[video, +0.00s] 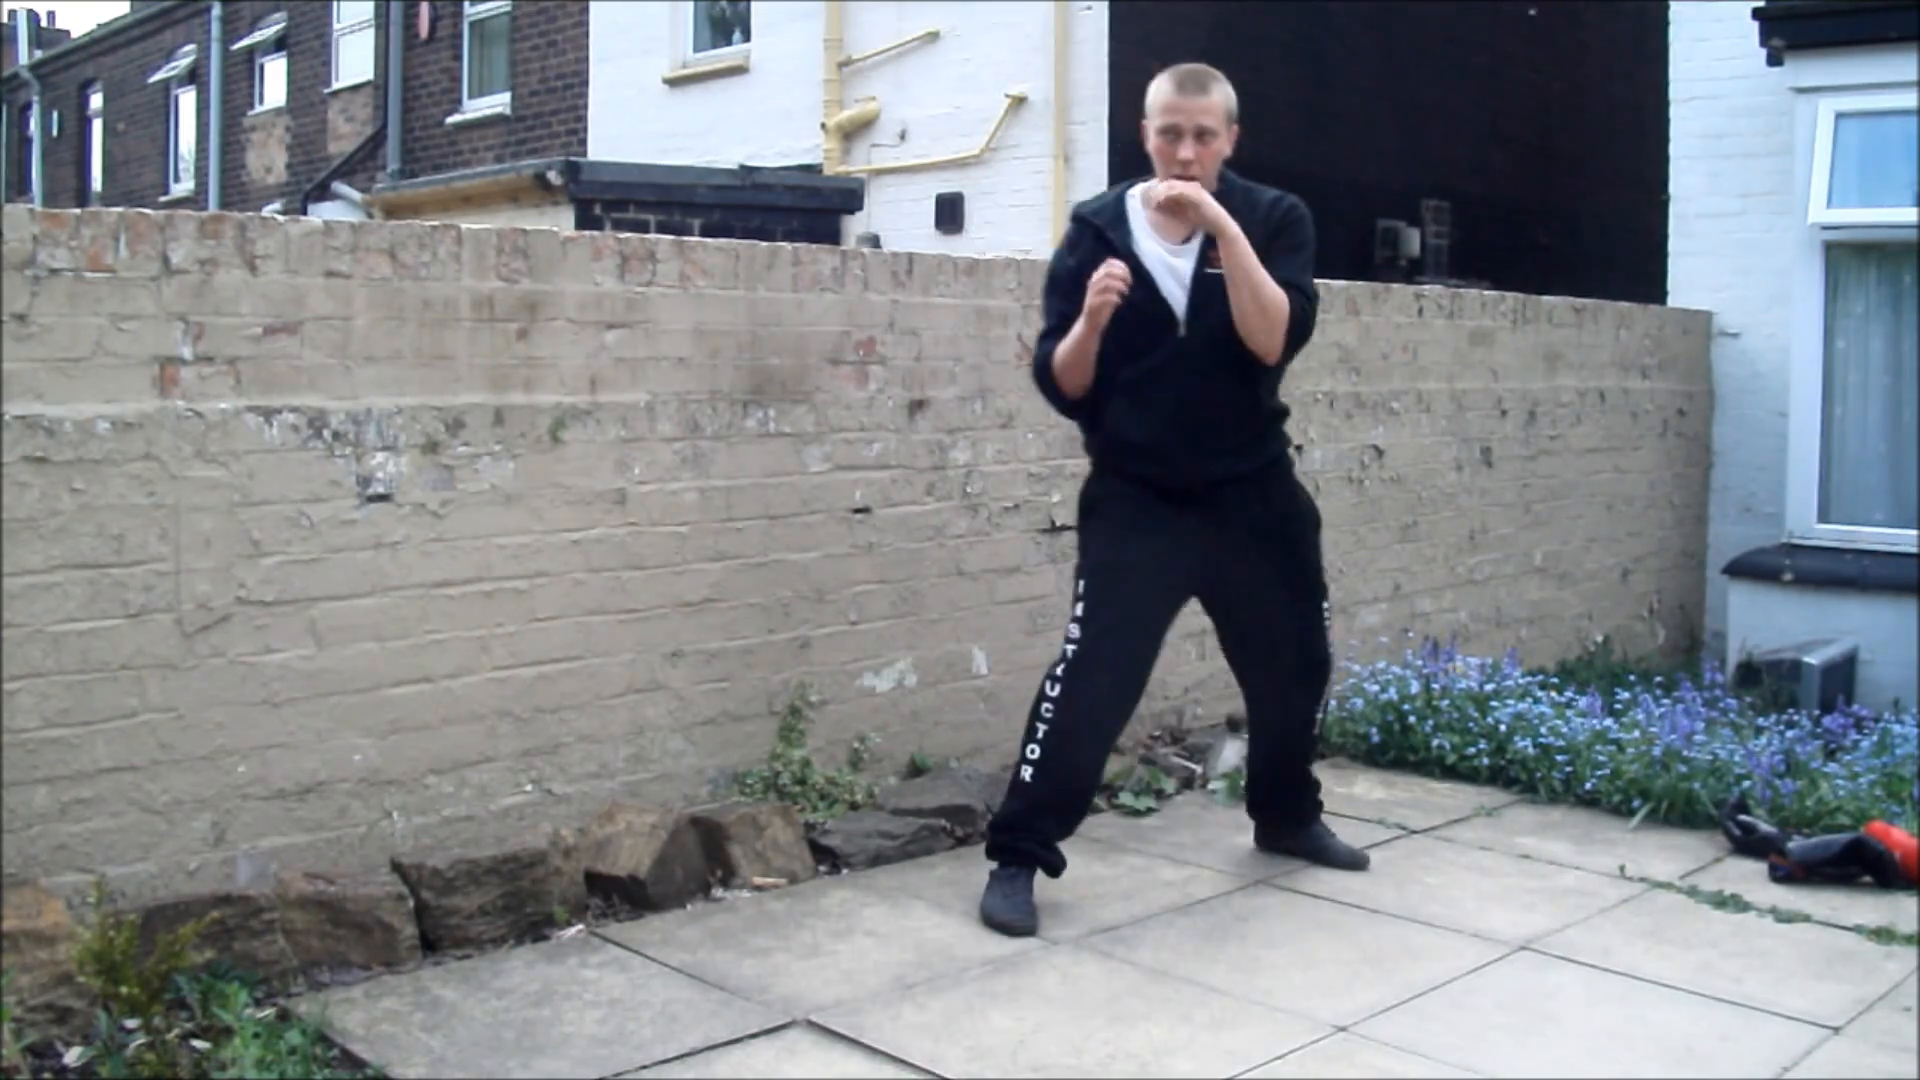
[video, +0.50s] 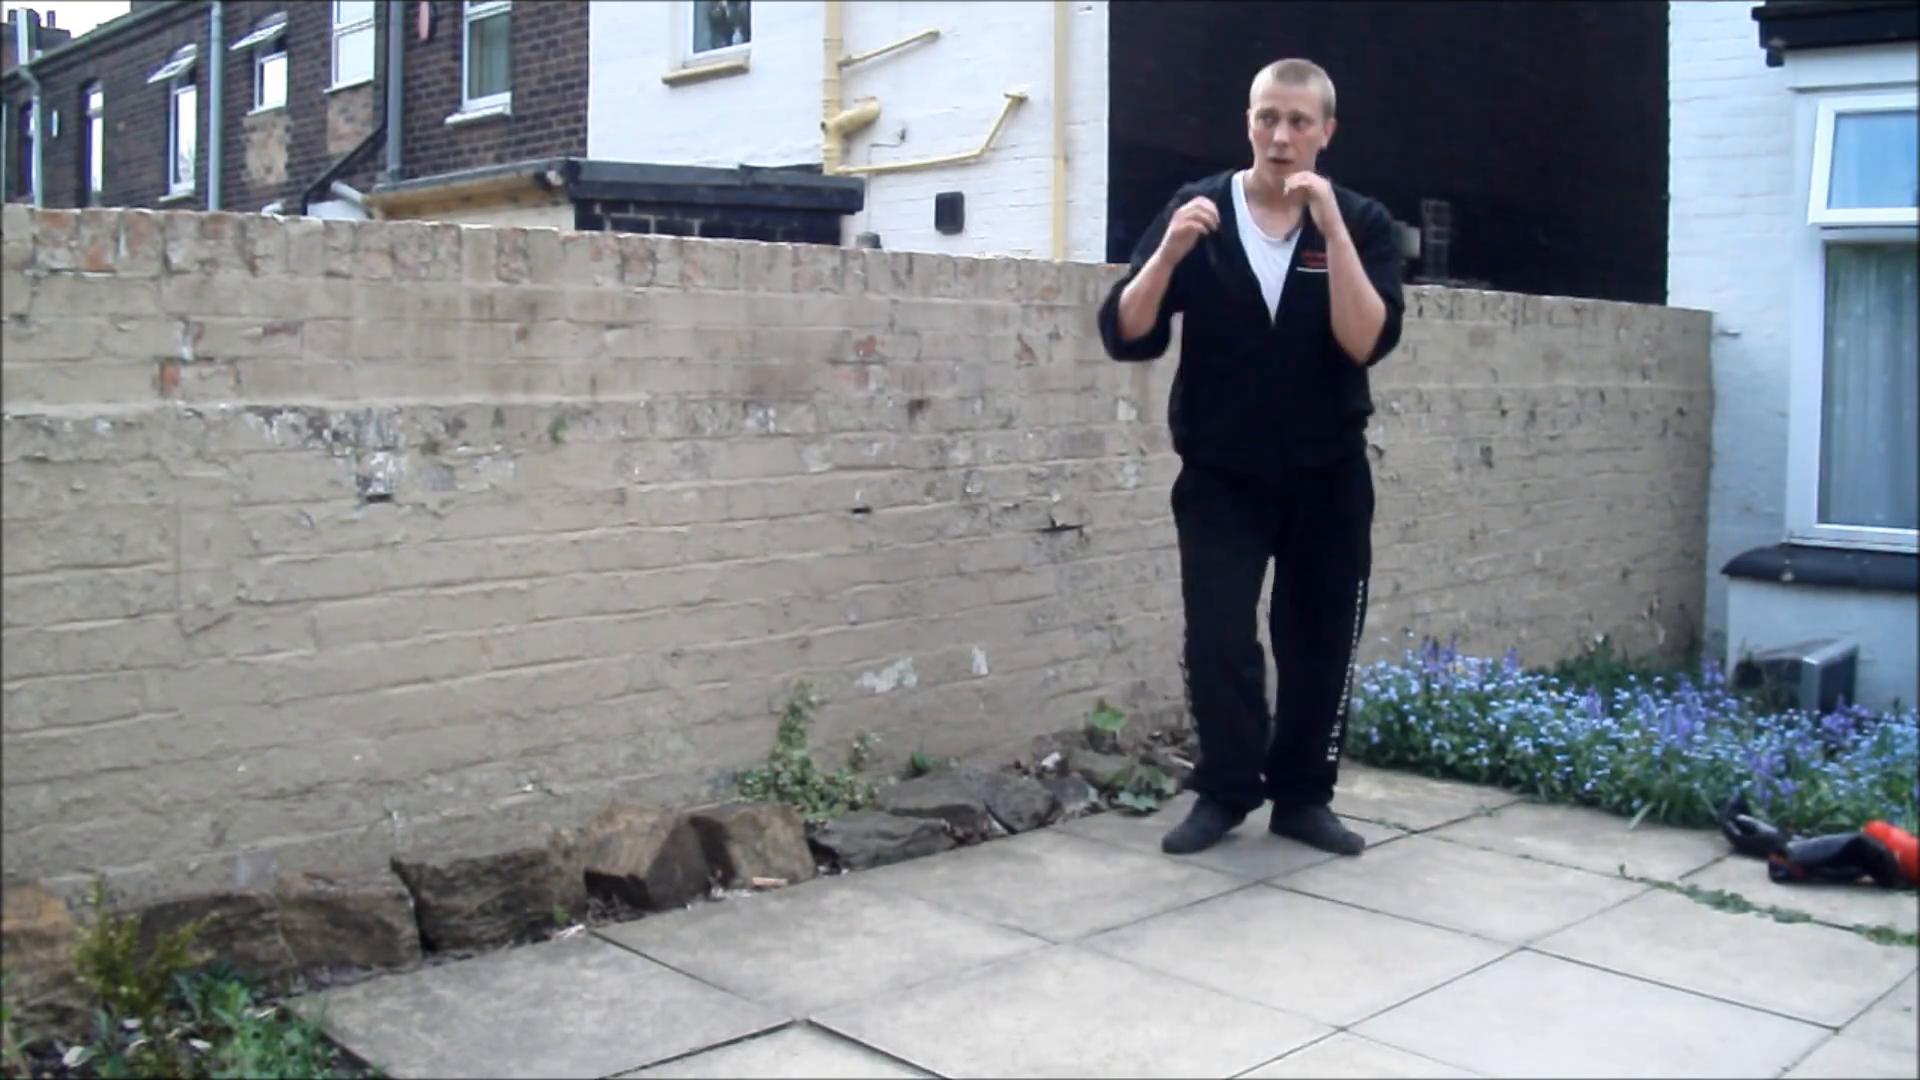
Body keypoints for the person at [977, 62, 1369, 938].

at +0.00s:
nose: (1186, 152)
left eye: (1204, 136)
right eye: (1171, 135)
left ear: (1233, 140)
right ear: (1144, 135)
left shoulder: (1275, 220)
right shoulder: (1098, 228)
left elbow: (1274, 341)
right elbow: (1061, 385)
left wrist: (1224, 228)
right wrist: (1089, 325)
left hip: (1252, 496)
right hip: (1134, 497)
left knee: (1294, 665)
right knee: (1096, 673)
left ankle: (1287, 819)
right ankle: (1016, 860)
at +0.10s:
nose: (1228, 150)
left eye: (1245, 136)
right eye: (1213, 134)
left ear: (1276, 139)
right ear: (1191, 134)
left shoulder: (1318, 219)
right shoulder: (1142, 222)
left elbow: (1300, 348)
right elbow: (1112, 387)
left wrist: (1239, 245)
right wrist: (1126, 344)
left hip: (1290, 491)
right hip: (1173, 491)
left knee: (1327, 667)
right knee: (1118, 662)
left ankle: (1290, 818)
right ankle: (1040, 847)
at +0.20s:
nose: (1246, 125)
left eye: (1263, 109)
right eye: (1232, 108)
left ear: (1292, 115)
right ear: (1208, 108)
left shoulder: (1336, 194)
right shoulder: (1158, 196)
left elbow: (1330, 322)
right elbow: (1125, 359)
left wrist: (1258, 221)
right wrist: (1138, 306)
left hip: (1301, 473)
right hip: (1184, 470)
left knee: (1321, 650)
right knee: (1148, 643)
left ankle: (1292, 815)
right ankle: (1087, 830)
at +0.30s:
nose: (1256, 89)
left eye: (1274, 74)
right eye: (1243, 73)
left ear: (1305, 82)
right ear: (1222, 78)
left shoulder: (1346, 162)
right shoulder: (1176, 159)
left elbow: (1357, 291)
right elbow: (1127, 310)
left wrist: (1290, 184)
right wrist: (1154, 238)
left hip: (1306, 432)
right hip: (1196, 430)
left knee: (1302, 620)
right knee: (1183, 612)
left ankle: (1303, 797)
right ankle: (1167, 791)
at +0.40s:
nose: (1268, 104)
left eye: (1286, 90)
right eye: (1255, 88)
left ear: (1316, 99)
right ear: (1233, 93)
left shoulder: (1357, 179)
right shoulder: (1187, 168)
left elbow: (1373, 301)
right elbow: (1118, 301)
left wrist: (1320, 189)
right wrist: (1160, 223)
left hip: (1317, 441)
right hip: (1208, 438)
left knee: (1313, 625)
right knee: (1210, 621)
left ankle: (1306, 791)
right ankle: (1215, 785)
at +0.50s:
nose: (1281, 135)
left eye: (1299, 121)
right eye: (1269, 118)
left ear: (1327, 132)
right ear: (1247, 123)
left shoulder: (1363, 224)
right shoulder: (1194, 210)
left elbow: (1366, 342)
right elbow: (1124, 336)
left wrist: (1332, 228)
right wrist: (1168, 254)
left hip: (1327, 477)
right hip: (1220, 473)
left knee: (1319, 644)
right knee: (1217, 642)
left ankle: (1303, 801)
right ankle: (1223, 794)